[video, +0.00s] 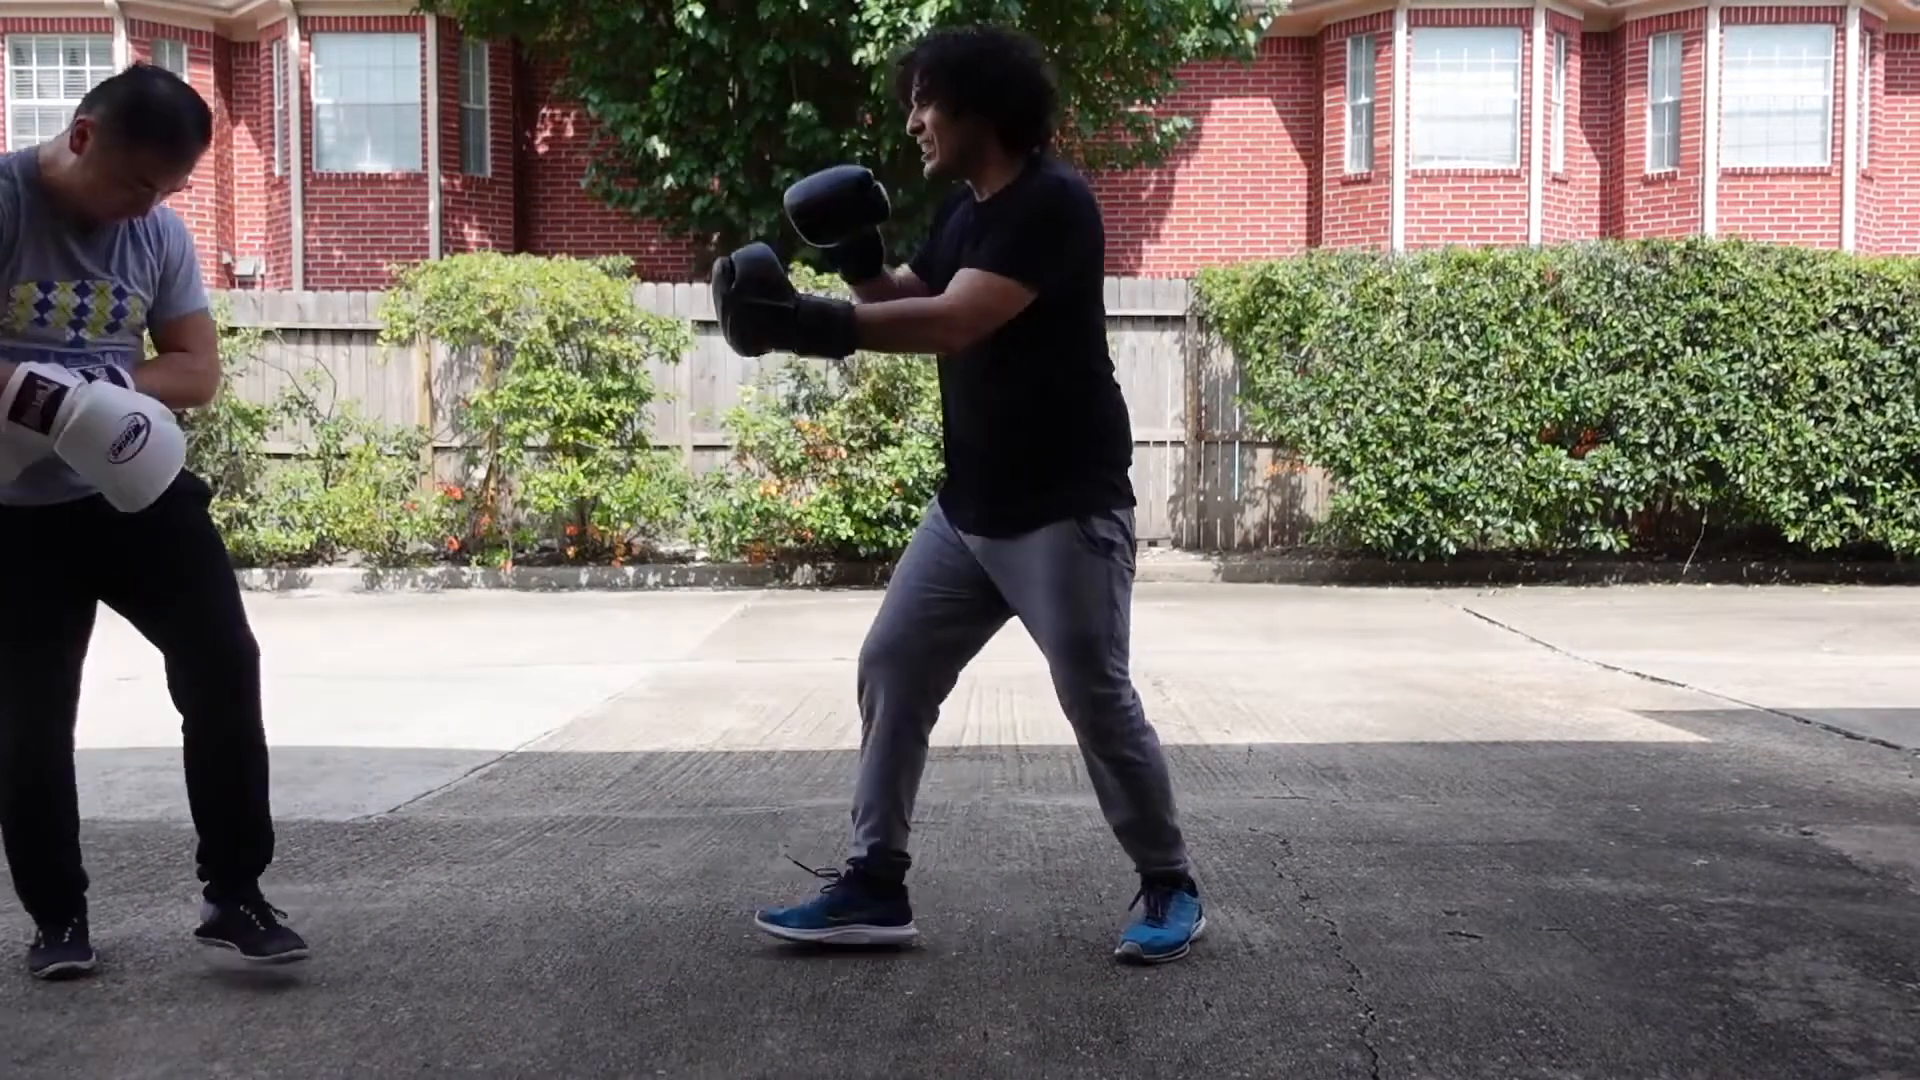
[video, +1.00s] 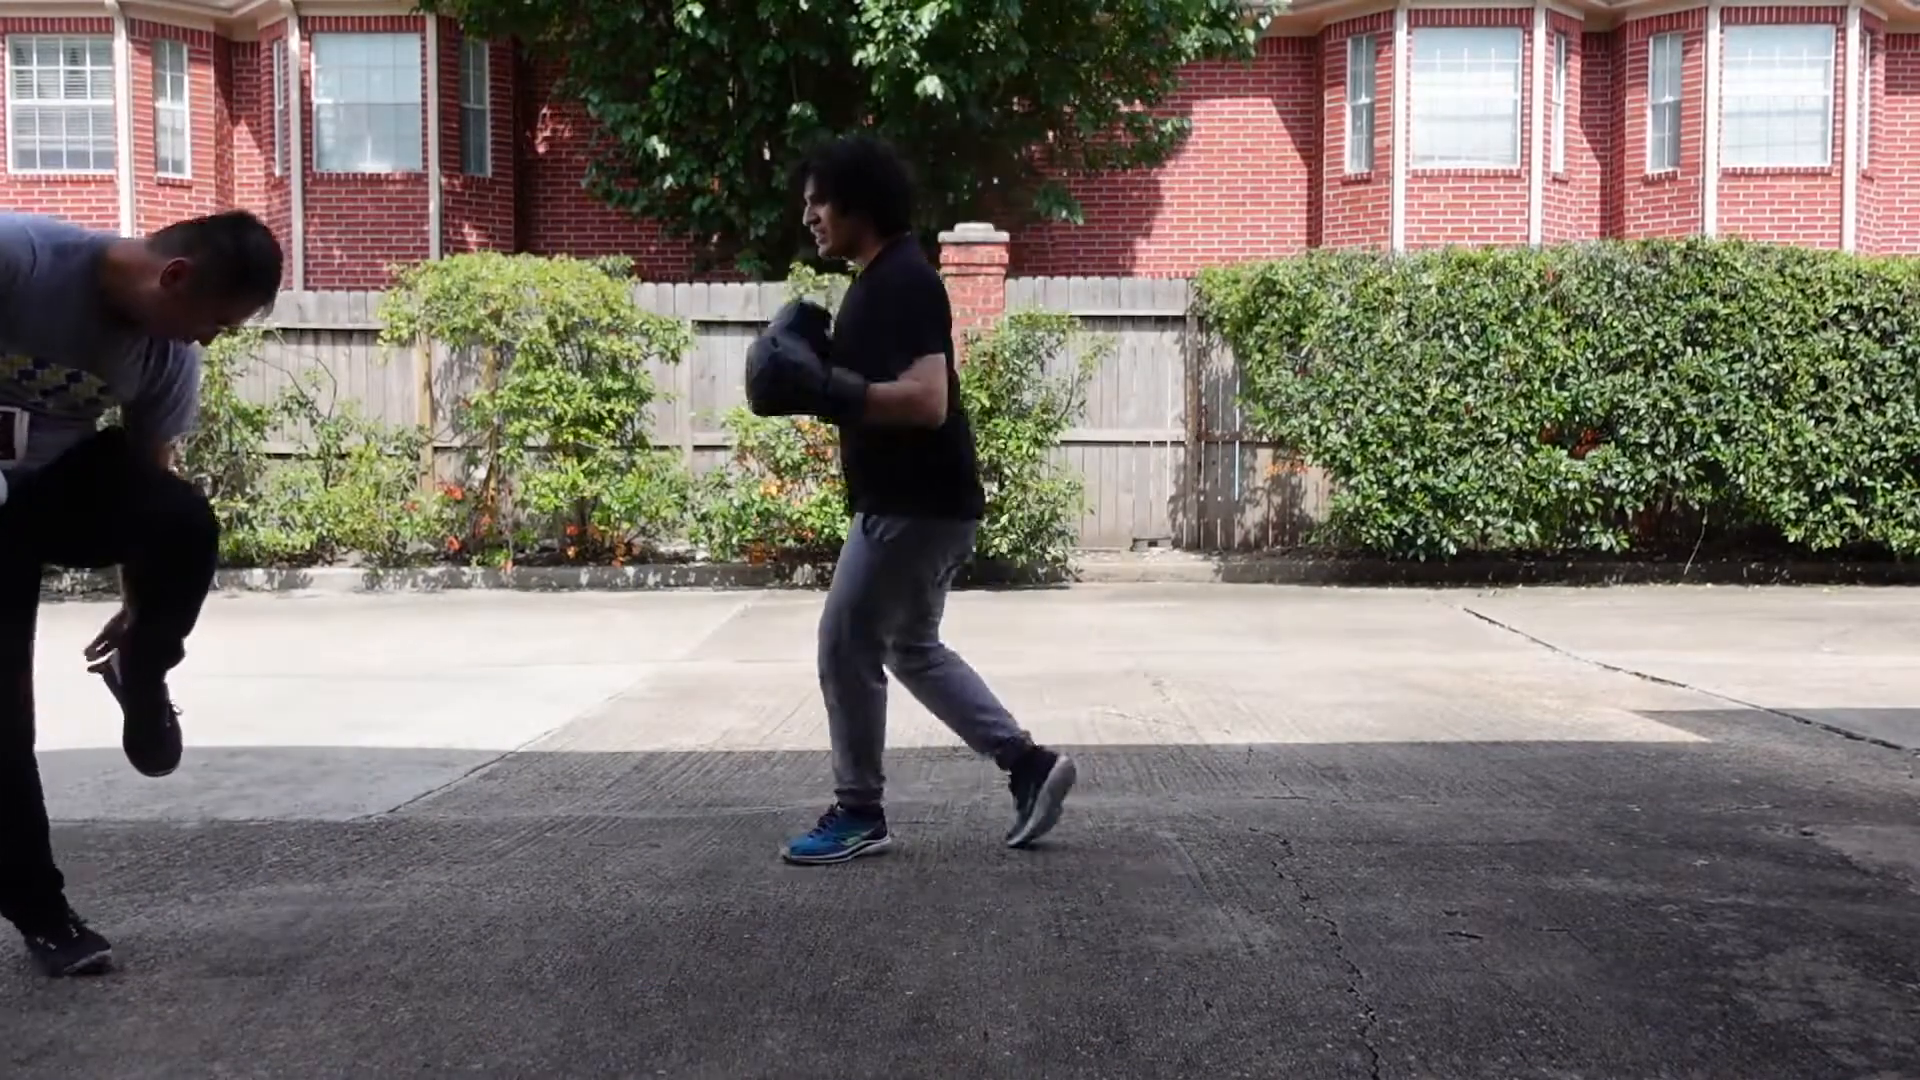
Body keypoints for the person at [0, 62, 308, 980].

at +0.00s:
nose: (148, 204)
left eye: (164, 189)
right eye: (137, 182)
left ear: (180, 174)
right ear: (82, 134)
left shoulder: (159, 234)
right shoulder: (9, 202)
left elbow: (200, 369)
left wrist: (126, 382)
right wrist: (16, 394)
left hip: (137, 497)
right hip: (21, 509)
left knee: (225, 665)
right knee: (30, 723)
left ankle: (234, 894)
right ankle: (58, 918)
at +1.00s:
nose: (207, 342)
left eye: (223, 331)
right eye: (214, 323)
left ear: (177, 277)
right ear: (175, 275)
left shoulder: (165, 361)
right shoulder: (20, 260)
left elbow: (150, 492)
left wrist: (136, 607)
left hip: (65, 492)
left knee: (183, 520)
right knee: (3, 719)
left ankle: (140, 667)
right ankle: (41, 915)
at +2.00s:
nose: (158, 302)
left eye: (174, 295)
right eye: (152, 286)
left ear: (205, 272)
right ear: (126, 224)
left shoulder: (218, 272)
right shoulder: (20, 249)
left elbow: (241, 352)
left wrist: (247, 445)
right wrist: (5, 439)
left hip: (150, 518)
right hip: (25, 526)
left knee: (178, 715)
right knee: (25, 729)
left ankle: (169, 921)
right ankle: (45, 916)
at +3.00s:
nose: (320, 212)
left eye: (332, 194)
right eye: (319, 188)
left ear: (268, 149)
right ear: (259, 142)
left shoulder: (243, 211)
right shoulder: (110, 196)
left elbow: (252, 309)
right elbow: (8, 339)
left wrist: (224, 400)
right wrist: (107, 429)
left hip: (127, 477)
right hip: (28, 476)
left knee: (170, 704)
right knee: (54, 735)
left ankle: (143, 926)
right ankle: (39, 1008)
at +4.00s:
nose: (539, 217)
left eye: (549, 207)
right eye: (548, 204)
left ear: (485, 136)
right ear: (530, 164)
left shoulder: (349, 160)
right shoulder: (493, 201)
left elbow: (271, 283)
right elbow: (506, 380)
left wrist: (393, 364)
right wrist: (485, 421)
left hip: (278, 477)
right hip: (392, 491)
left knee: (336, 705)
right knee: (470, 732)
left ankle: (278, 943)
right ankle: (493, 983)